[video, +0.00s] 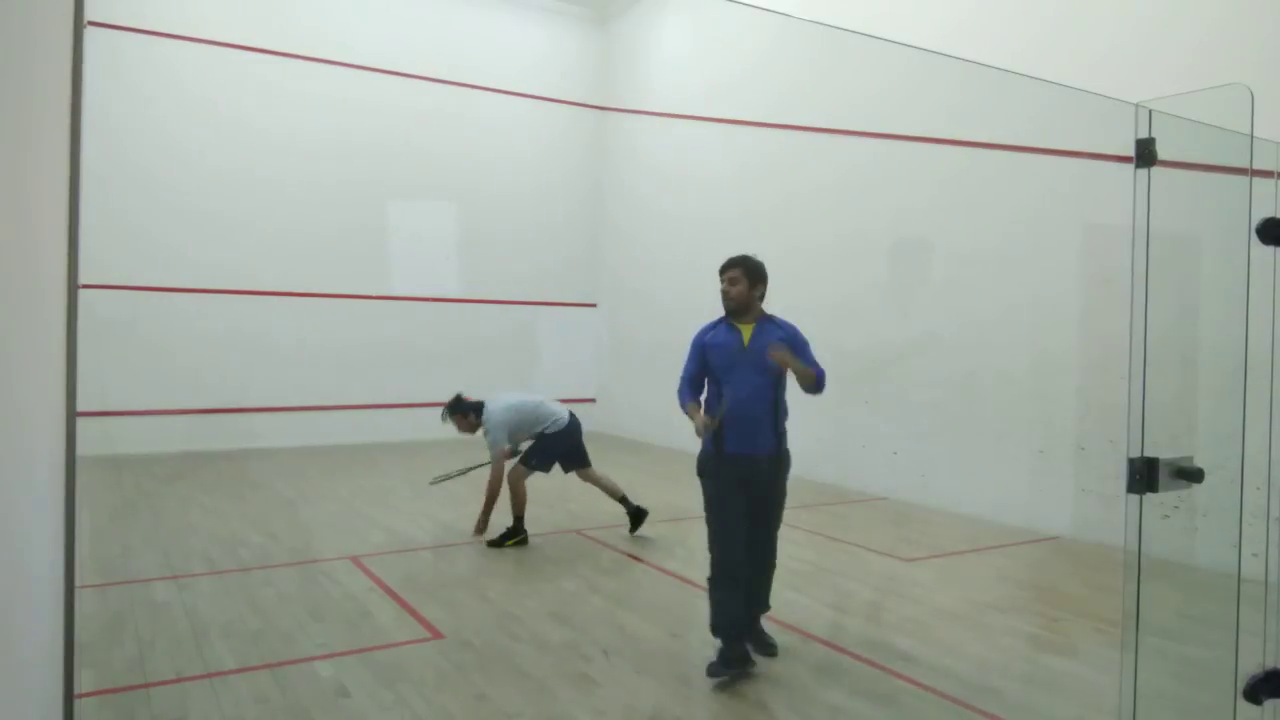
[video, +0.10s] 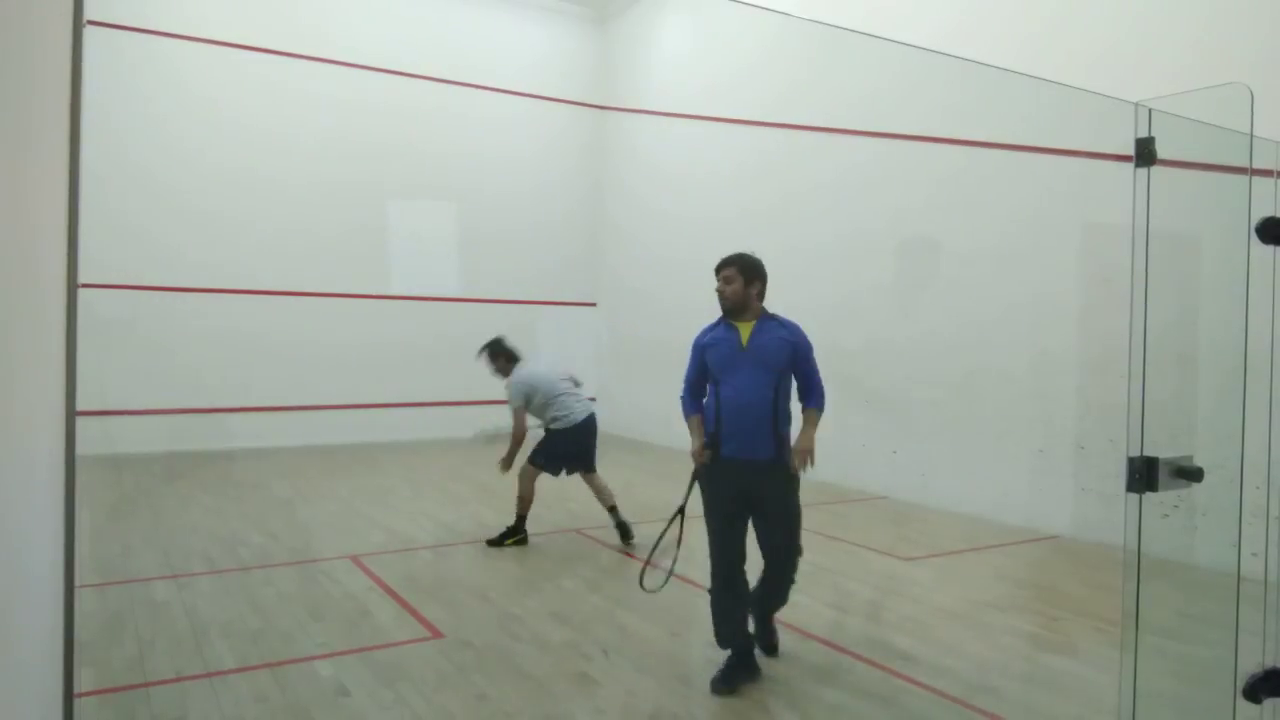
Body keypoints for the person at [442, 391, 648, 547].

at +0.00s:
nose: (458, 430)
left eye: (458, 424)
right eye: (456, 425)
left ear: (468, 417)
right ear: (470, 413)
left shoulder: (494, 426)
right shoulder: (494, 410)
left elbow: (496, 480)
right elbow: (530, 425)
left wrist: (482, 518)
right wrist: (512, 450)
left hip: (554, 431)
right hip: (568, 422)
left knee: (515, 477)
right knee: (587, 473)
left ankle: (518, 530)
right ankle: (634, 510)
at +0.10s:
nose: (493, 368)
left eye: (494, 362)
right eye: (491, 363)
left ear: (503, 360)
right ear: (511, 357)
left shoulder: (515, 383)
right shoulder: (536, 368)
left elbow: (520, 431)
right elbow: (575, 382)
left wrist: (508, 459)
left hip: (563, 428)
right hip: (587, 420)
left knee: (527, 474)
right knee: (589, 473)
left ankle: (518, 529)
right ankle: (620, 523)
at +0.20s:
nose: (546, 338)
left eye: (546, 333)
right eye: (545, 333)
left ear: (553, 333)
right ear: (568, 329)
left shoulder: (556, 360)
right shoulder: (594, 350)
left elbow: (550, 402)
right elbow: (624, 374)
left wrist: (542, 413)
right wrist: (601, 384)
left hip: (578, 426)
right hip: (607, 420)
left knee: (552, 474)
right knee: (612, 476)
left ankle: (527, 526)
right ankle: (616, 534)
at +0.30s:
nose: (593, 324)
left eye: (592, 320)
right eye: (596, 319)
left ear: (593, 321)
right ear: (614, 319)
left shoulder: (587, 348)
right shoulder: (630, 343)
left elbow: (577, 389)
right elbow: (657, 369)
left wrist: (574, 419)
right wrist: (648, 395)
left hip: (598, 418)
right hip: (628, 417)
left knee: (590, 469)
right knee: (624, 475)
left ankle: (590, 522)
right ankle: (618, 533)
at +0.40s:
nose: (648, 328)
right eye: (649, 324)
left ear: (631, 327)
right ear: (652, 327)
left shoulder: (616, 353)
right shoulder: (660, 351)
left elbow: (604, 390)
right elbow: (672, 388)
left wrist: (599, 424)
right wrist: (677, 413)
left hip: (624, 419)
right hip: (650, 418)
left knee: (644, 473)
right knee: (637, 476)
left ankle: (660, 519)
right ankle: (618, 533)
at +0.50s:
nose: (677, 331)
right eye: (677, 328)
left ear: (656, 330)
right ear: (676, 330)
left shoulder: (641, 352)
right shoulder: (682, 352)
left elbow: (628, 390)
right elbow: (689, 392)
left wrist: (632, 420)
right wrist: (692, 425)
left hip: (642, 413)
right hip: (668, 412)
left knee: (655, 469)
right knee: (669, 473)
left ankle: (664, 521)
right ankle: (633, 511)